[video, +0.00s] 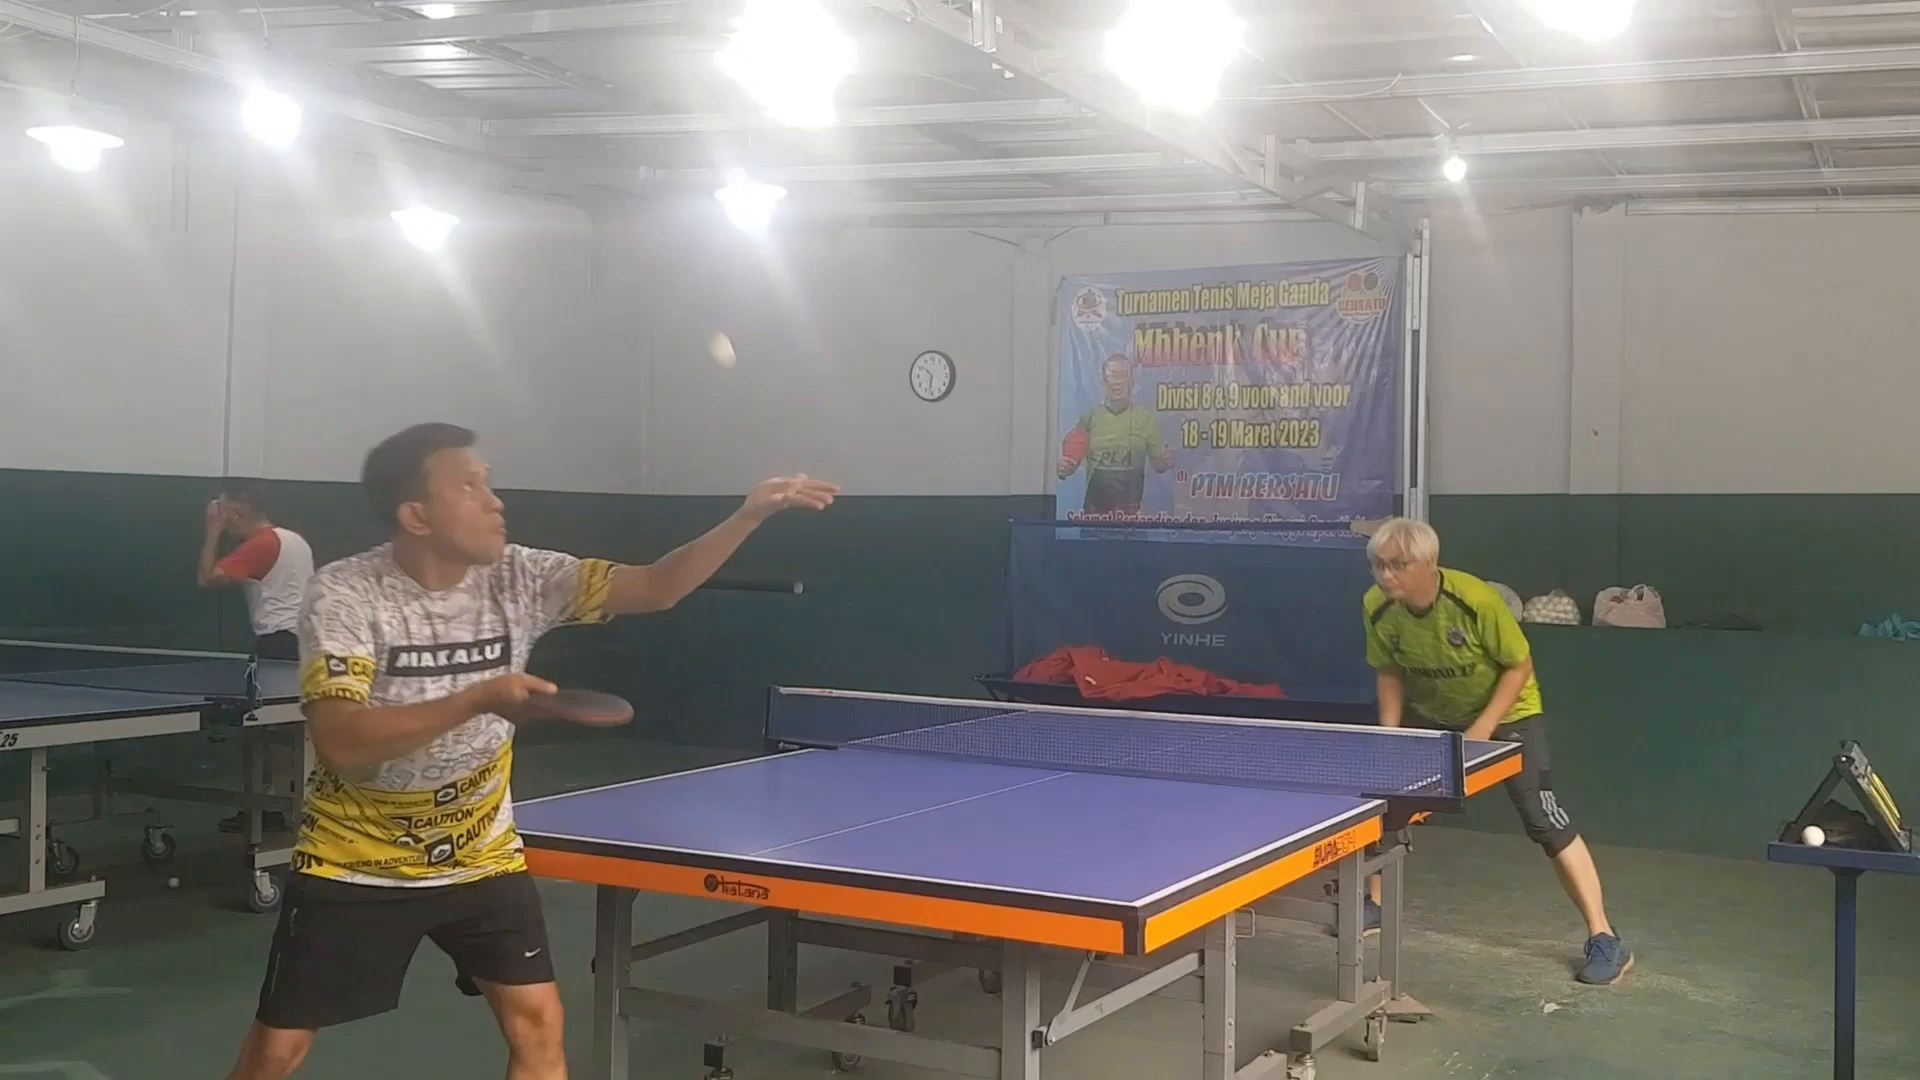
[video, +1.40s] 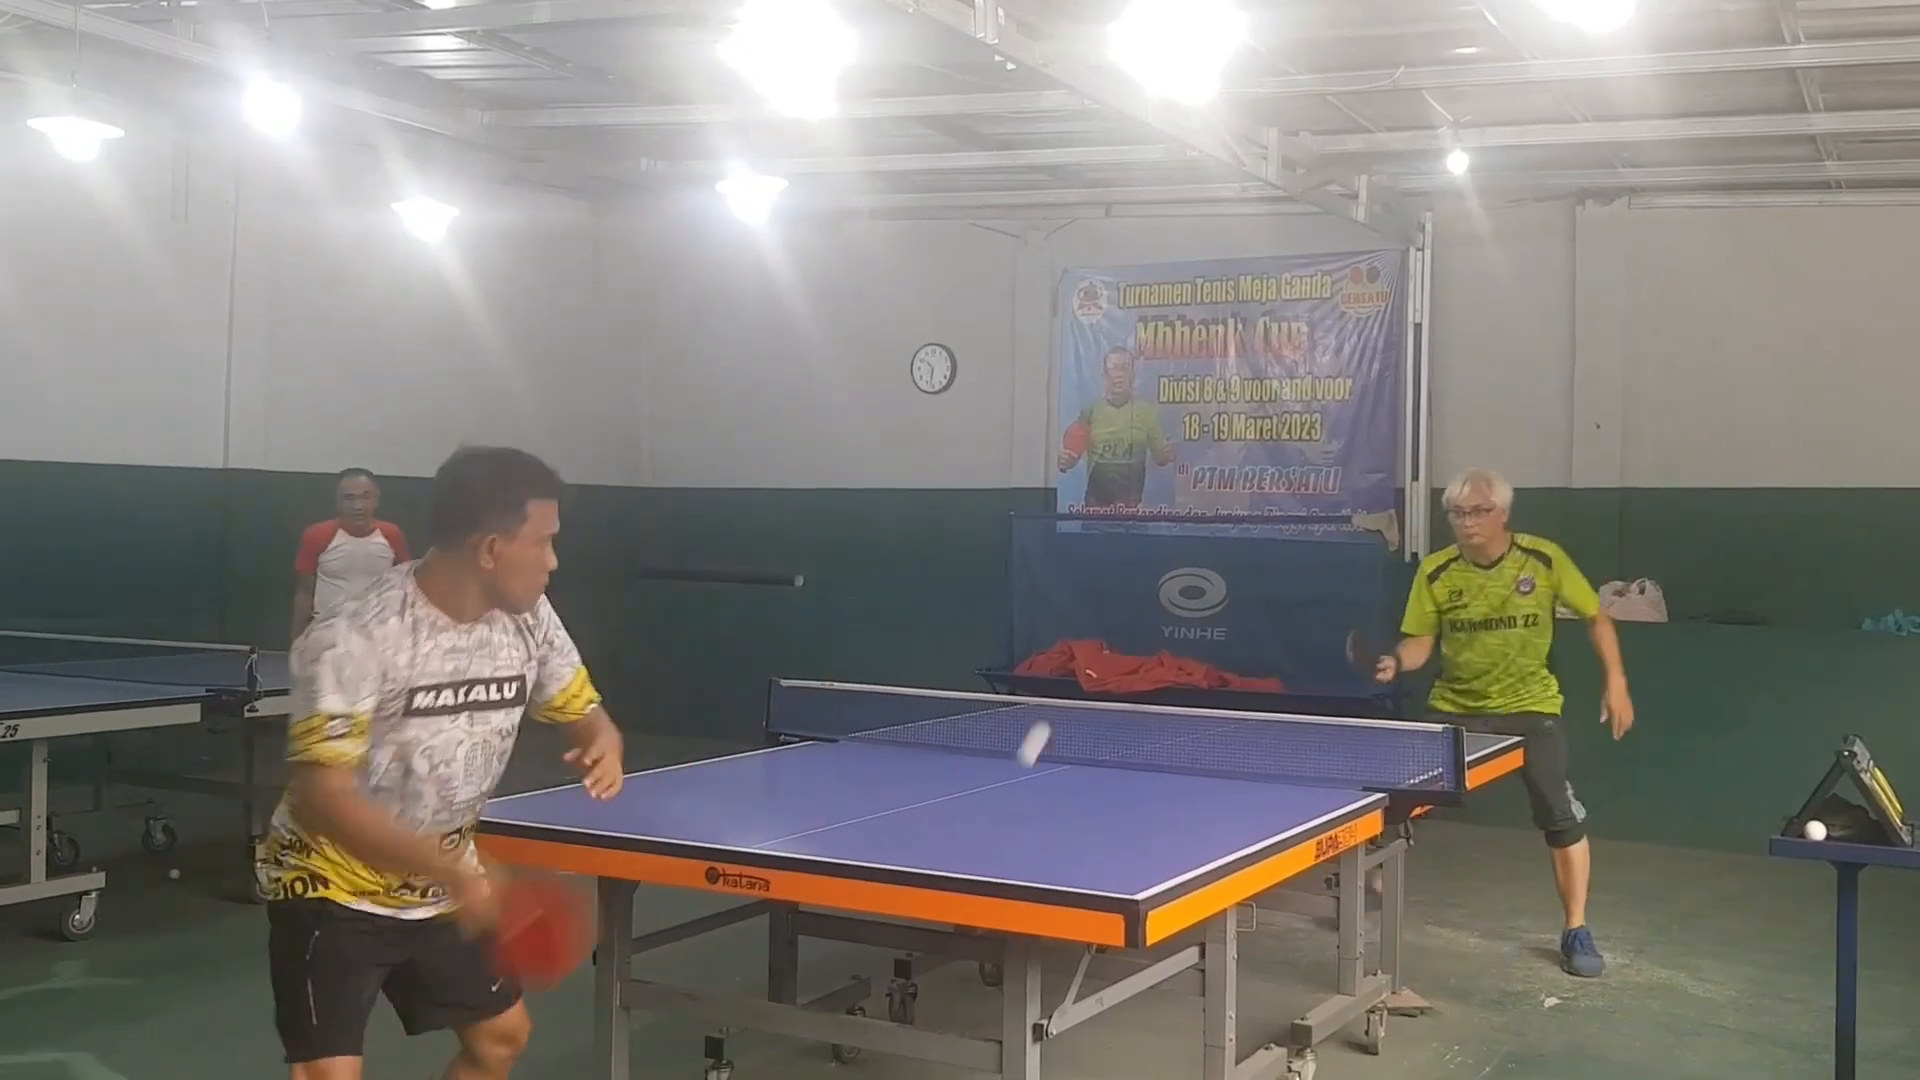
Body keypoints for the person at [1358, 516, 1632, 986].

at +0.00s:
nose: (1382, 576)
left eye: (1393, 566)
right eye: (1377, 566)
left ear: (1424, 565)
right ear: (1375, 568)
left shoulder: (1475, 600)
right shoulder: (1377, 607)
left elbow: (1520, 665)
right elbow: (1388, 675)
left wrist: (1485, 726)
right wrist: (1387, 741)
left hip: (1507, 713)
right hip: (1429, 718)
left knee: (1540, 812)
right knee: (1376, 804)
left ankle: (1603, 937)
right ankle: (1370, 903)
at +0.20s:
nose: (1375, 530)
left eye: (1386, 520)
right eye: (1370, 520)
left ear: (1416, 520)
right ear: (1365, 524)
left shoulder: (1464, 565)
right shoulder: (1358, 570)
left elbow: (1494, 633)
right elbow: (1351, 633)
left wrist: (1459, 691)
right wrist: (1339, 695)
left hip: (1472, 700)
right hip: (1395, 701)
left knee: (1504, 803)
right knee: (1365, 795)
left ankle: (1539, 915)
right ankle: (1371, 897)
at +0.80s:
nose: (1427, 531)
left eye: (1438, 520)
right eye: (1420, 521)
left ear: (1467, 516)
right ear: (1414, 522)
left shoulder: (1517, 554)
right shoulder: (1406, 573)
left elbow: (1556, 625)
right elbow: (1424, 648)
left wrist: (1522, 652)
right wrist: (1413, 670)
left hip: (1511, 710)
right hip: (1433, 710)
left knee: (1544, 824)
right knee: (1366, 793)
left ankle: (1577, 931)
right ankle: (1323, 887)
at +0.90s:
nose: (1458, 517)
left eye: (1469, 507)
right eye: (1450, 508)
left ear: (1497, 504)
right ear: (1443, 508)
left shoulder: (1543, 537)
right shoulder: (1438, 561)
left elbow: (1590, 593)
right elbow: (1474, 621)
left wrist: (1578, 619)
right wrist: (1481, 653)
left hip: (1541, 702)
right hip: (1473, 704)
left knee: (1570, 820)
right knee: (1403, 787)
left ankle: (1579, 929)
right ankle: (1373, 888)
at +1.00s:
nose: (1471, 510)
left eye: (1483, 499)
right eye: (1461, 500)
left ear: (1510, 497)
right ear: (1453, 501)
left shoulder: (1545, 525)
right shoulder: (1447, 552)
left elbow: (1594, 569)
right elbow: (1483, 600)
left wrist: (1601, 588)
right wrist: (1499, 637)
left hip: (1549, 699)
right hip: (1481, 701)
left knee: (1577, 810)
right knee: (1456, 795)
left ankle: (1579, 927)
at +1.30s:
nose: (1481, 505)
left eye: (1493, 494)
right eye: (1472, 495)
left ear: (1519, 496)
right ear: (1462, 499)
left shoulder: (1556, 539)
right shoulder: (1444, 557)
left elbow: (1611, 588)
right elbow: (1440, 631)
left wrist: (1617, 621)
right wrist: (1429, 649)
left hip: (1539, 691)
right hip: (1465, 692)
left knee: (1561, 805)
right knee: (1455, 796)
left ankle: (1576, 929)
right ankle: (1454, 921)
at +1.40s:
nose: (1467, 522)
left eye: (1478, 511)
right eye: (1458, 513)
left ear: (1504, 514)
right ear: (1450, 517)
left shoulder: (1544, 559)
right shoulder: (1434, 570)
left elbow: (1596, 617)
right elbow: (1418, 641)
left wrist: (1616, 684)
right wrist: (1397, 659)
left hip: (1529, 700)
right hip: (1454, 700)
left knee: (1556, 806)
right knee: (1395, 788)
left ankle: (1576, 929)